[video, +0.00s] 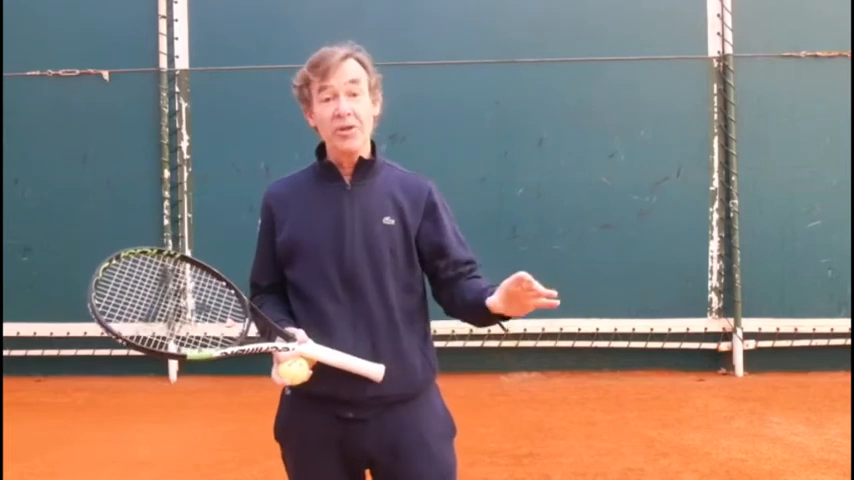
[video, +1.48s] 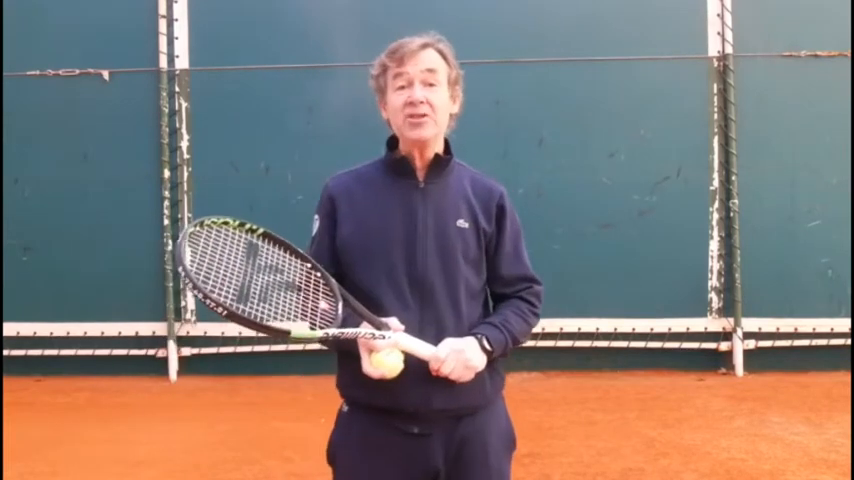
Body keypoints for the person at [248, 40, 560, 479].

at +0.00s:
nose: (342, 108)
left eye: (353, 94)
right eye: (327, 98)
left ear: (375, 104)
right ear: (311, 115)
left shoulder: (415, 195)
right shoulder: (281, 202)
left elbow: (455, 281)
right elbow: (266, 292)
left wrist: (493, 302)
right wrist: (286, 338)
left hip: (407, 411)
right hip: (314, 413)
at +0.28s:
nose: (354, 113)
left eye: (365, 98)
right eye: (339, 102)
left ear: (386, 106)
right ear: (320, 115)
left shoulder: (425, 195)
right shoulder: (287, 201)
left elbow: (467, 274)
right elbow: (270, 291)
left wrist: (465, 301)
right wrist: (294, 338)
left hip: (414, 414)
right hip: (320, 416)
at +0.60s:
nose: (364, 112)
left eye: (374, 98)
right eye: (348, 101)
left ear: (394, 106)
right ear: (328, 113)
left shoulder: (432, 196)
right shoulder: (292, 200)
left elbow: (469, 287)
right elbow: (274, 298)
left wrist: (422, 336)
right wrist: (313, 337)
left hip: (423, 417)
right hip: (328, 419)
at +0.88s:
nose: (376, 104)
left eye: (387, 90)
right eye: (361, 93)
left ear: (408, 102)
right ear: (341, 110)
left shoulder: (444, 195)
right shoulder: (301, 198)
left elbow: (483, 286)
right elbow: (280, 295)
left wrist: (442, 332)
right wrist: (328, 329)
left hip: (435, 421)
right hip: (339, 423)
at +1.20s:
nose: (396, 100)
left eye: (409, 86)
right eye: (382, 89)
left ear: (432, 102)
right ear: (363, 108)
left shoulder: (467, 198)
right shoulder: (324, 198)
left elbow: (500, 292)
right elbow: (299, 299)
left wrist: (467, 339)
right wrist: (349, 336)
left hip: (457, 428)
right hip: (358, 429)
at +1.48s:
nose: (416, 96)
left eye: (430, 82)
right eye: (402, 86)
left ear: (453, 99)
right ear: (384, 105)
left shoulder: (487, 197)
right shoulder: (343, 196)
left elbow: (523, 296)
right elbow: (316, 300)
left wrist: (481, 345)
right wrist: (358, 338)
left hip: (475, 429)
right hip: (375, 428)